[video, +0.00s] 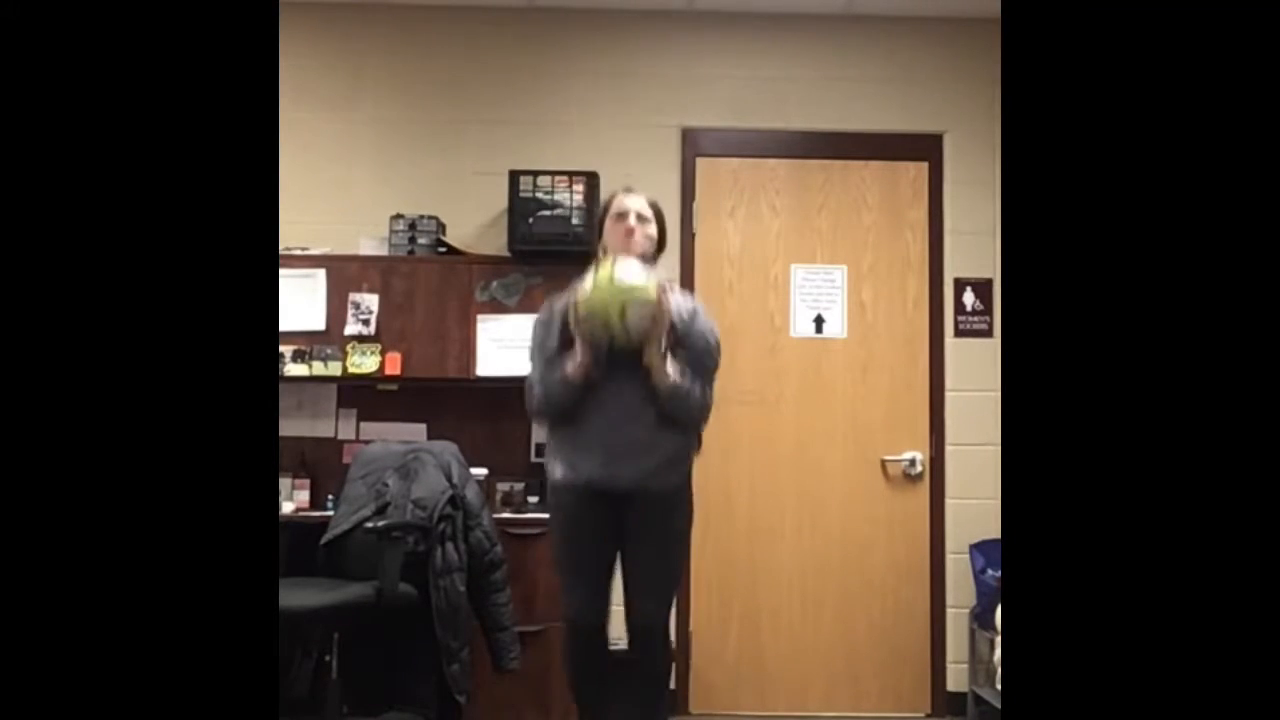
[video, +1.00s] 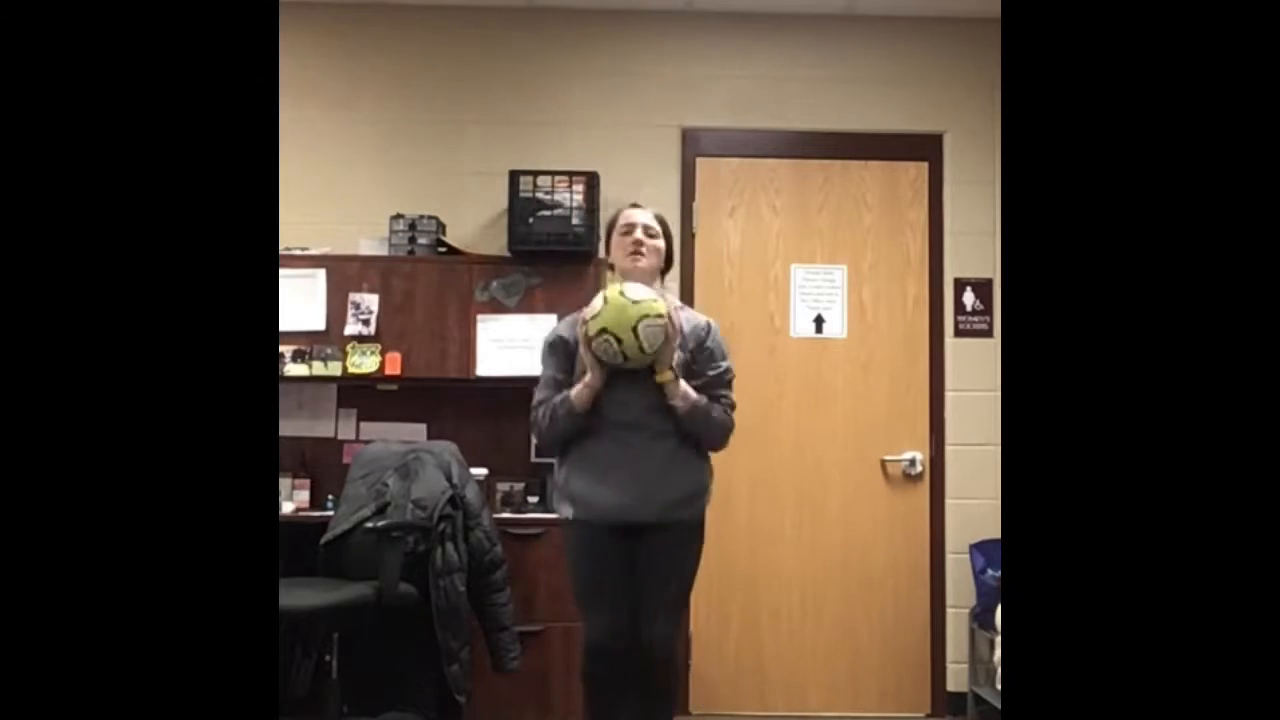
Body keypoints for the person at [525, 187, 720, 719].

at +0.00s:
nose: (633, 226)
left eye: (644, 219)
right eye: (621, 217)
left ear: (659, 238)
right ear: (601, 233)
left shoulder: (685, 314)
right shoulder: (562, 312)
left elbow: (694, 413)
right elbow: (541, 403)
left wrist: (656, 359)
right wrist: (580, 359)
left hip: (659, 492)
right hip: (580, 491)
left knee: (650, 626)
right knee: (584, 624)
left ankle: (647, 714)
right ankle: (594, 712)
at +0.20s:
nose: (624, 232)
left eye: (636, 220)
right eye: (613, 220)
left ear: (656, 224)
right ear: (592, 225)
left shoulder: (683, 281)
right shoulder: (567, 283)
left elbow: (705, 340)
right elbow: (537, 343)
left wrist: (675, 292)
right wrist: (572, 280)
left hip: (661, 474)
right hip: (582, 475)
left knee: (654, 610)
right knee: (588, 609)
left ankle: (653, 710)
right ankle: (591, 710)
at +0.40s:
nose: (631, 209)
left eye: (642, 205)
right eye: (619, 203)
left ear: (659, 227)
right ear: (598, 221)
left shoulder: (680, 280)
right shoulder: (574, 277)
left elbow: (705, 215)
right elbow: (550, 201)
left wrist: (680, 119)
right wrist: (583, 112)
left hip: (661, 462)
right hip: (581, 460)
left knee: (683, 608)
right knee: (559, 603)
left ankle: (724, 716)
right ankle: (517, 711)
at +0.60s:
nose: (631, 242)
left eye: (643, 236)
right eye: (619, 233)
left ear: (659, 256)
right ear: (596, 254)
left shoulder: (678, 316)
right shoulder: (577, 314)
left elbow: (695, 237)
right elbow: (564, 226)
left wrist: (674, 132)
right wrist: (589, 129)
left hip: (664, 509)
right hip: (581, 508)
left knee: (695, 650)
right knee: (551, 647)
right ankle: (505, 714)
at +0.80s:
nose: (634, 198)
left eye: (645, 188)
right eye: (621, 187)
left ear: (668, 198)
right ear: (602, 198)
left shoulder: (692, 260)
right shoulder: (578, 255)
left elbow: (726, 306)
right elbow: (531, 300)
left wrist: (679, 257)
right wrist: (579, 244)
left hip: (670, 452)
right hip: (590, 448)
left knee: (676, 591)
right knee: (573, 589)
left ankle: (690, 710)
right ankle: (553, 710)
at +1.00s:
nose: (640, 239)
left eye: (651, 233)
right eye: (627, 232)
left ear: (666, 254)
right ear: (608, 252)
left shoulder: (697, 330)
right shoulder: (571, 331)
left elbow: (719, 430)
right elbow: (544, 431)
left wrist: (669, 374)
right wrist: (590, 379)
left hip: (673, 515)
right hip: (593, 515)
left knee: (658, 645)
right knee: (605, 644)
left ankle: (658, 717)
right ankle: (606, 717)